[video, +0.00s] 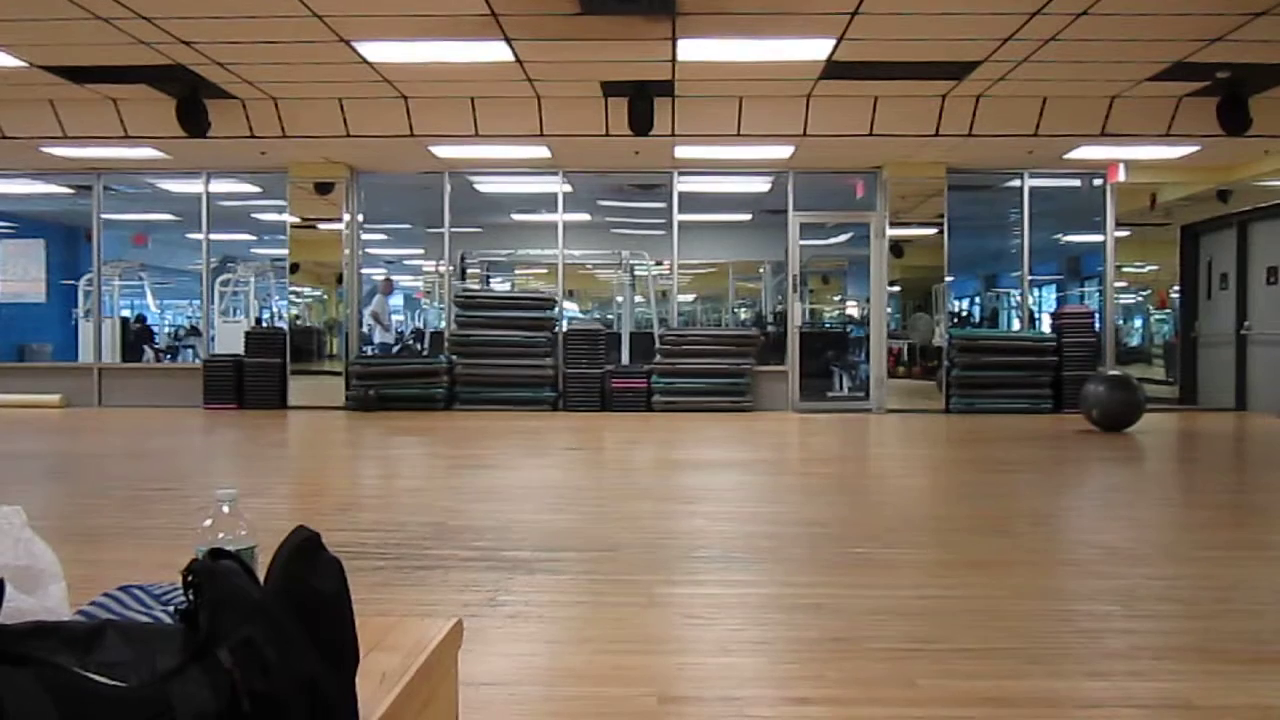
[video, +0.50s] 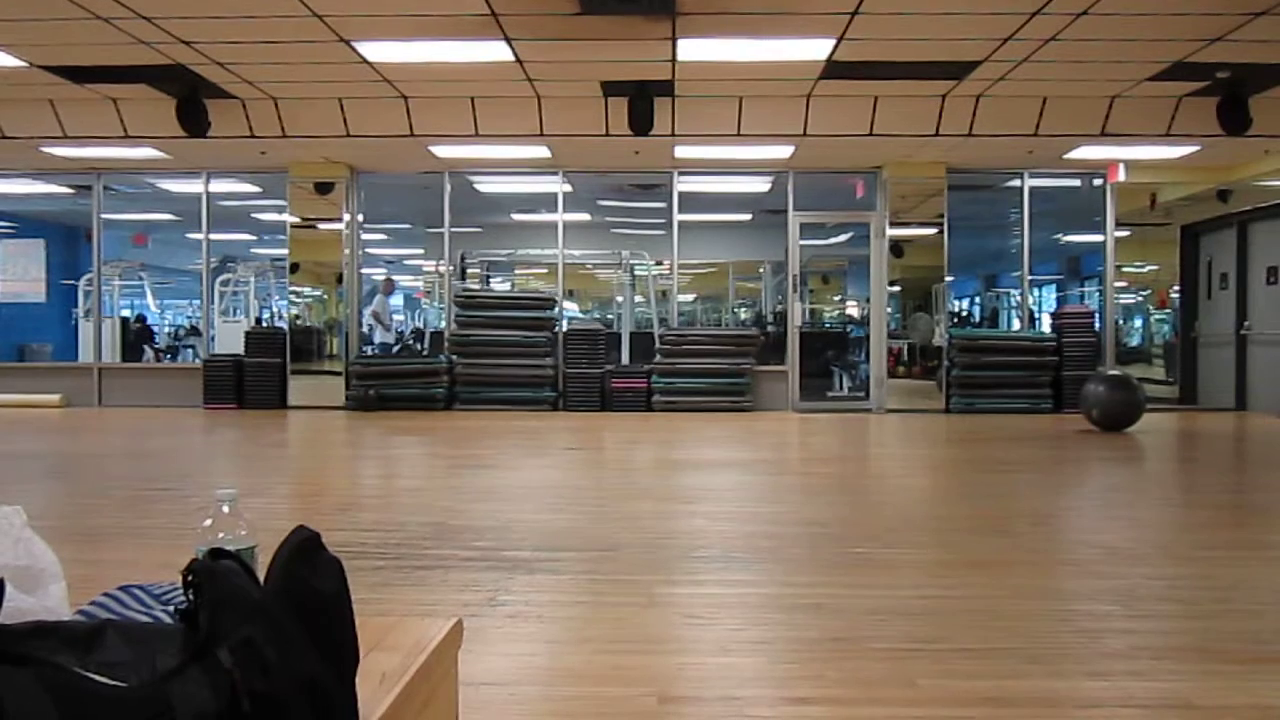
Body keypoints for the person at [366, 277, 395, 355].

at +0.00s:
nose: (392, 289)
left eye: (391, 286)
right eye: (389, 286)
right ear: (383, 287)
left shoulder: (384, 299)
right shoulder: (379, 298)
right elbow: (373, 313)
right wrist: (384, 326)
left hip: (387, 338)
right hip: (382, 338)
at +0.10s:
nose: (392, 288)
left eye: (392, 286)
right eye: (390, 286)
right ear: (384, 286)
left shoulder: (384, 299)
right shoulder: (380, 298)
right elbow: (373, 313)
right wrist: (384, 326)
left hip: (387, 338)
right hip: (382, 338)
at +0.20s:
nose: (393, 289)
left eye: (393, 286)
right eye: (390, 286)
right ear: (384, 286)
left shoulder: (385, 300)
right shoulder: (380, 298)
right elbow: (374, 313)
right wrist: (384, 326)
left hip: (387, 337)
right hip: (382, 338)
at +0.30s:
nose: (392, 288)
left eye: (392, 286)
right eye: (390, 285)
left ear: (392, 287)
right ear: (384, 286)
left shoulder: (385, 299)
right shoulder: (380, 298)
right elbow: (374, 312)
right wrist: (385, 325)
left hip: (387, 337)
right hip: (382, 337)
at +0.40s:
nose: (392, 288)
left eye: (392, 286)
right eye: (390, 285)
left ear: (392, 287)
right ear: (384, 286)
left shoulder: (385, 299)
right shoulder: (380, 298)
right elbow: (374, 312)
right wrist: (385, 325)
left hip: (387, 337)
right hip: (382, 337)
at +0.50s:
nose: (393, 288)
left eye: (393, 286)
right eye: (391, 285)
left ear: (392, 287)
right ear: (385, 286)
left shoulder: (385, 299)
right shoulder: (380, 298)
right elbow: (374, 312)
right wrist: (385, 325)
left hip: (387, 337)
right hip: (382, 337)